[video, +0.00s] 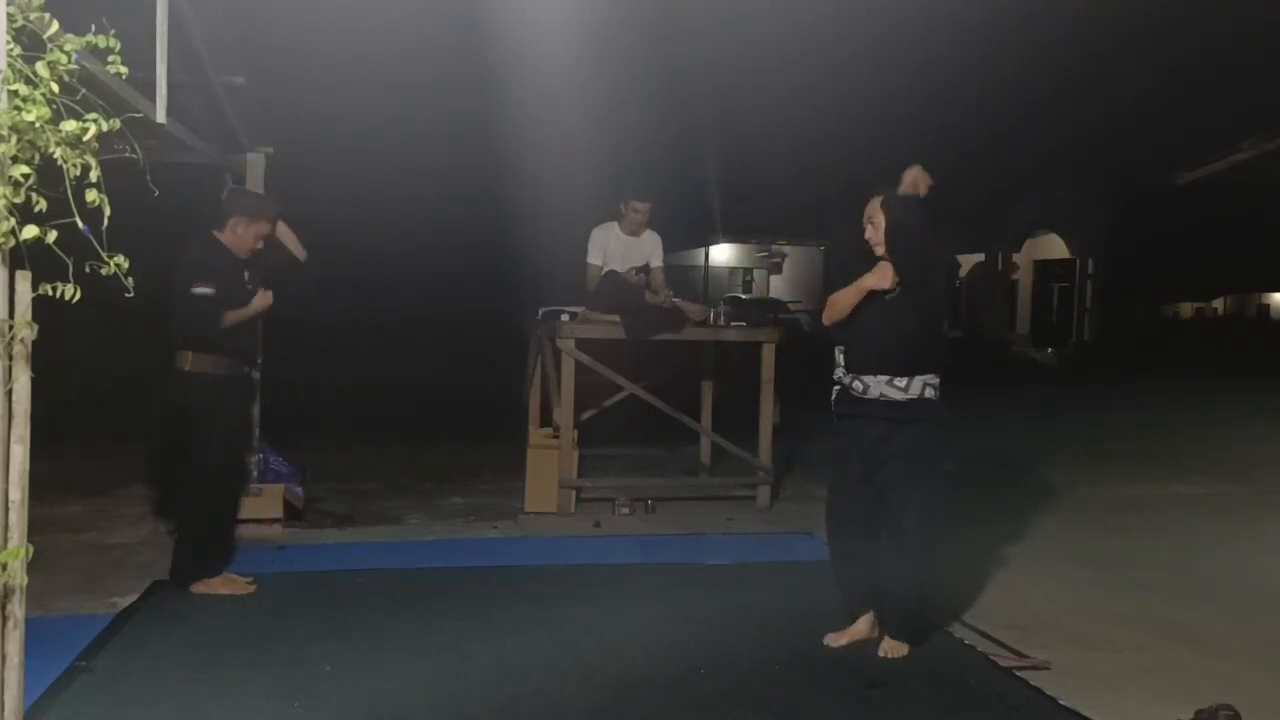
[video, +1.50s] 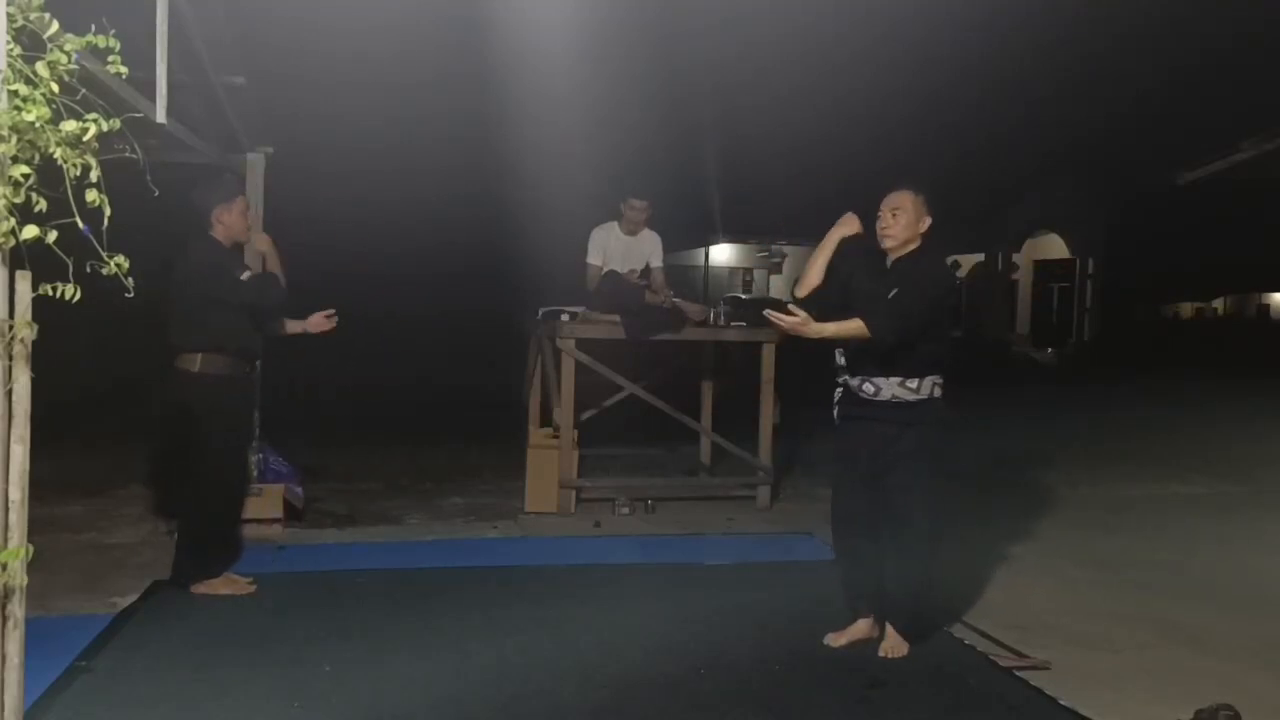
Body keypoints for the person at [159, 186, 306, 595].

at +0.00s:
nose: (259, 244)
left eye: (264, 237)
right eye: (258, 235)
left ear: (240, 228)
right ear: (235, 225)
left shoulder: (239, 260)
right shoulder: (205, 258)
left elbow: (297, 260)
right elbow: (199, 322)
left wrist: (270, 216)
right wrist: (253, 309)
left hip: (228, 381)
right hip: (205, 383)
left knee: (224, 472)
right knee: (209, 473)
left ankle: (211, 567)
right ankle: (200, 572)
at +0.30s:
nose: (263, 241)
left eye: (266, 232)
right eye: (259, 231)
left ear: (241, 227)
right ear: (233, 224)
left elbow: (287, 314)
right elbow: (200, 322)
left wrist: (310, 292)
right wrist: (262, 305)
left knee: (225, 472)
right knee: (210, 473)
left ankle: (207, 567)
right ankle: (198, 572)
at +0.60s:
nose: (258, 233)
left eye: (260, 225)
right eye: (253, 226)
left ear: (235, 225)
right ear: (227, 222)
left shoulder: (214, 256)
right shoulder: (210, 261)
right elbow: (277, 288)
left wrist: (260, 271)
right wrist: (346, 284)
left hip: (213, 381)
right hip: (208, 384)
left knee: (215, 471)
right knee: (215, 473)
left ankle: (203, 566)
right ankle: (202, 573)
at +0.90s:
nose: (258, 231)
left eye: (260, 223)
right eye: (253, 222)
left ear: (233, 223)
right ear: (228, 220)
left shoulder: (233, 260)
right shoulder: (204, 257)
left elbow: (277, 289)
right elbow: (216, 302)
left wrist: (340, 288)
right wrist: (250, 303)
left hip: (225, 380)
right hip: (207, 382)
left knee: (225, 472)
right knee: (214, 473)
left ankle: (209, 567)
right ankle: (202, 573)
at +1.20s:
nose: (255, 222)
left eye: (254, 213)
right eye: (248, 214)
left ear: (225, 219)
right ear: (224, 217)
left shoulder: (216, 257)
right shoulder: (209, 260)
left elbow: (250, 288)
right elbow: (265, 293)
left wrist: (274, 277)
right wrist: (286, 280)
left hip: (218, 383)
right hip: (209, 385)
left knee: (218, 475)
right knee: (216, 476)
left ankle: (208, 567)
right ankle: (201, 572)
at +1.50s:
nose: (251, 217)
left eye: (248, 209)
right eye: (244, 209)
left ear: (222, 215)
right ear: (221, 214)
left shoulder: (219, 258)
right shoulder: (207, 259)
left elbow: (247, 319)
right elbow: (270, 295)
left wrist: (302, 325)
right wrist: (268, 253)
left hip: (220, 378)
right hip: (208, 380)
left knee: (220, 472)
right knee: (214, 473)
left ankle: (208, 567)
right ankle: (202, 573)